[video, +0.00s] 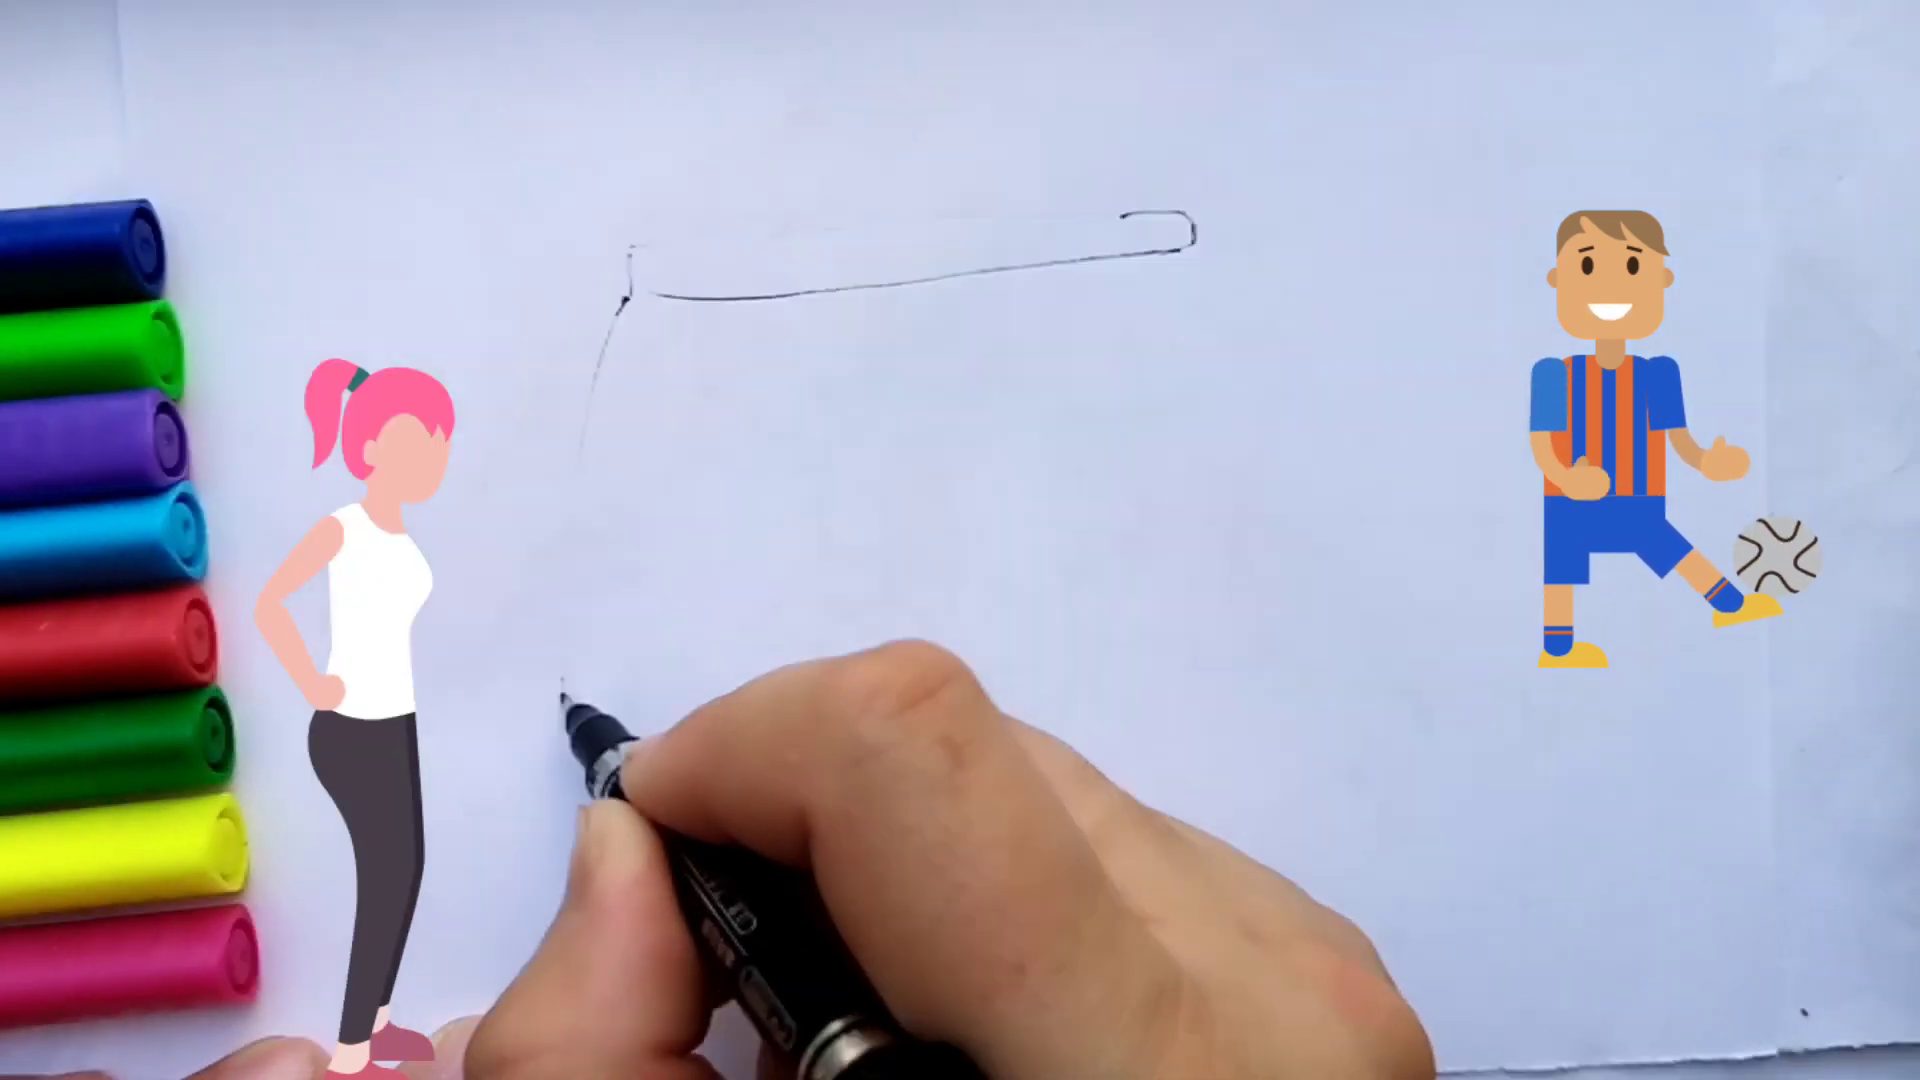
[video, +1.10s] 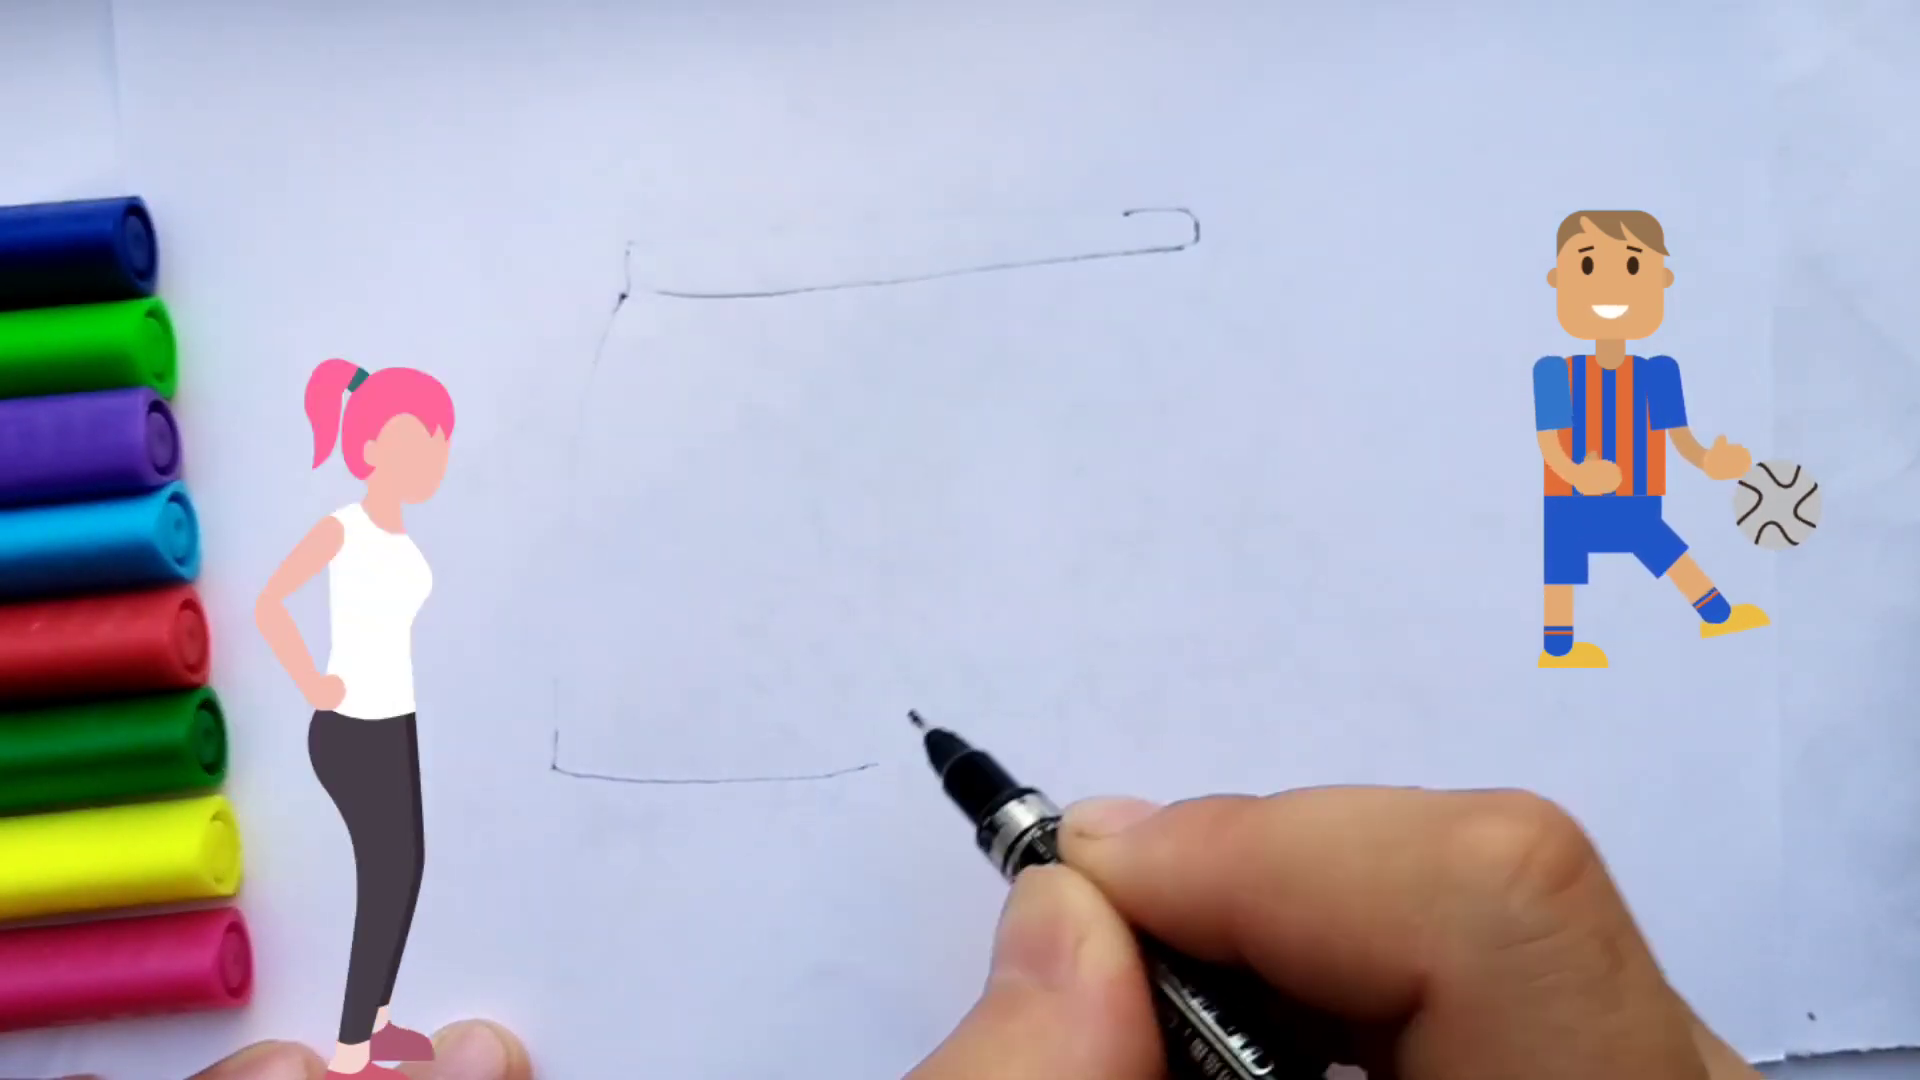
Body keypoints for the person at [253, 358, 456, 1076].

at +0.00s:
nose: (432, 457)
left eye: (436, 440)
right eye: (416, 438)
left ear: (440, 450)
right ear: (374, 447)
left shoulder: (403, 535)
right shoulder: (344, 529)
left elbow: (386, 621)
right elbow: (268, 605)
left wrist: (396, 684)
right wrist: (312, 683)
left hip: (397, 730)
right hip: (353, 732)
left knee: (405, 871)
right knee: (386, 877)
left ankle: (373, 1019)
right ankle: (349, 1050)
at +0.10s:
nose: (431, 457)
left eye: (436, 440)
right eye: (415, 438)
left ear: (441, 451)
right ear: (373, 447)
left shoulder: (404, 536)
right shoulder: (344, 528)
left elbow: (386, 622)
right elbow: (269, 605)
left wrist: (397, 685)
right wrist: (312, 684)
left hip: (398, 730)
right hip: (353, 733)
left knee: (406, 869)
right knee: (387, 875)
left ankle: (373, 1020)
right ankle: (350, 1048)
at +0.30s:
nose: (399, 588)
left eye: (402, 571)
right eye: (383, 571)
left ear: (405, 580)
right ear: (343, 579)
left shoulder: (364, 664)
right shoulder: (311, 656)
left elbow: (323, 739)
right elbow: (214, 712)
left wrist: (318, 799)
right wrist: (249, 790)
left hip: (309, 842)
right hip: (264, 850)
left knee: (389, 865)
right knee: (392, 871)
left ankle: (340, 1023)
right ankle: (350, 1052)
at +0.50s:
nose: (435, 457)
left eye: (439, 440)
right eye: (419, 438)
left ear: (441, 450)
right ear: (375, 447)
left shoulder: (404, 536)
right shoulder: (344, 528)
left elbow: (385, 623)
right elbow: (269, 605)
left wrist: (396, 687)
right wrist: (312, 684)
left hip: (397, 731)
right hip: (353, 733)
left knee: (406, 869)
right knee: (387, 875)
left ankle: (374, 1021)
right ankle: (349, 1049)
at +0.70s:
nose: (436, 455)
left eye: (439, 439)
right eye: (421, 437)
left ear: (441, 449)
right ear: (374, 447)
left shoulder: (404, 536)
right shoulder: (344, 528)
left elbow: (385, 624)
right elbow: (269, 606)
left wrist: (396, 688)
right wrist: (312, 684)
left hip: (397, 731)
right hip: (353, 733)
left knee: (406, 870)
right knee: (387, 876)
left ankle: (374, 1020)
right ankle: (349, 1050)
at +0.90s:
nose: (403, 588)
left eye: (404, 571)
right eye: (385, 571)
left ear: (406, 580)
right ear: (343, 578)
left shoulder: (364, 663)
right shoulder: (312, 656)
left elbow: (322, 738)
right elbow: (213, 712)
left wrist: (315, 795)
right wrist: (249, 790)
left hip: (307, 842)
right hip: (263, 851)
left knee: (391, 865)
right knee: (392, 872)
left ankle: (341, 1020)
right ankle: (351, 1053)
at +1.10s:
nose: (437, 455)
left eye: (440, 439)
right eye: (422, 437)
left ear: (440, 450)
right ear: (375, 447)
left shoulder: (404, 536)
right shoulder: (344, 528)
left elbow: (386, 623)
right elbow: (269, 604)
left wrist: (396, 686)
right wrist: (312, 684)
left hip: (398, 730)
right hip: (353, 732)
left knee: (406, 868)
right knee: (387, 875)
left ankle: (375, 1018)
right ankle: (350, 1049)